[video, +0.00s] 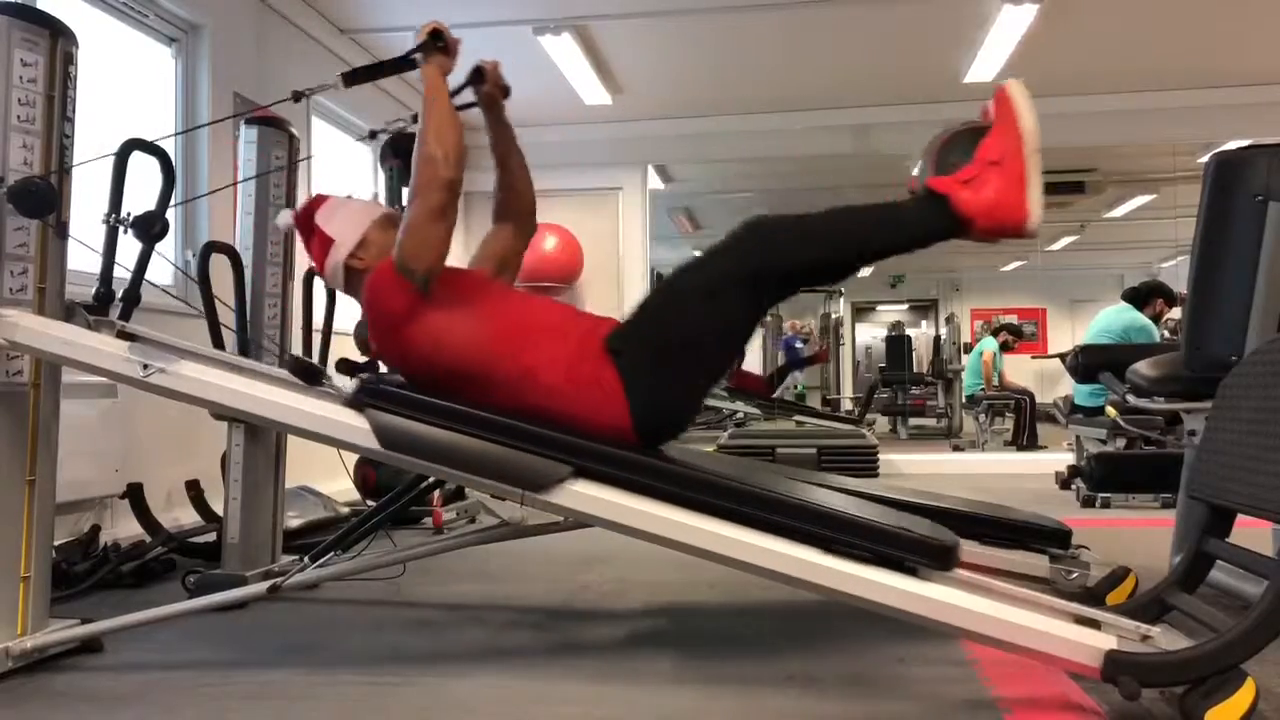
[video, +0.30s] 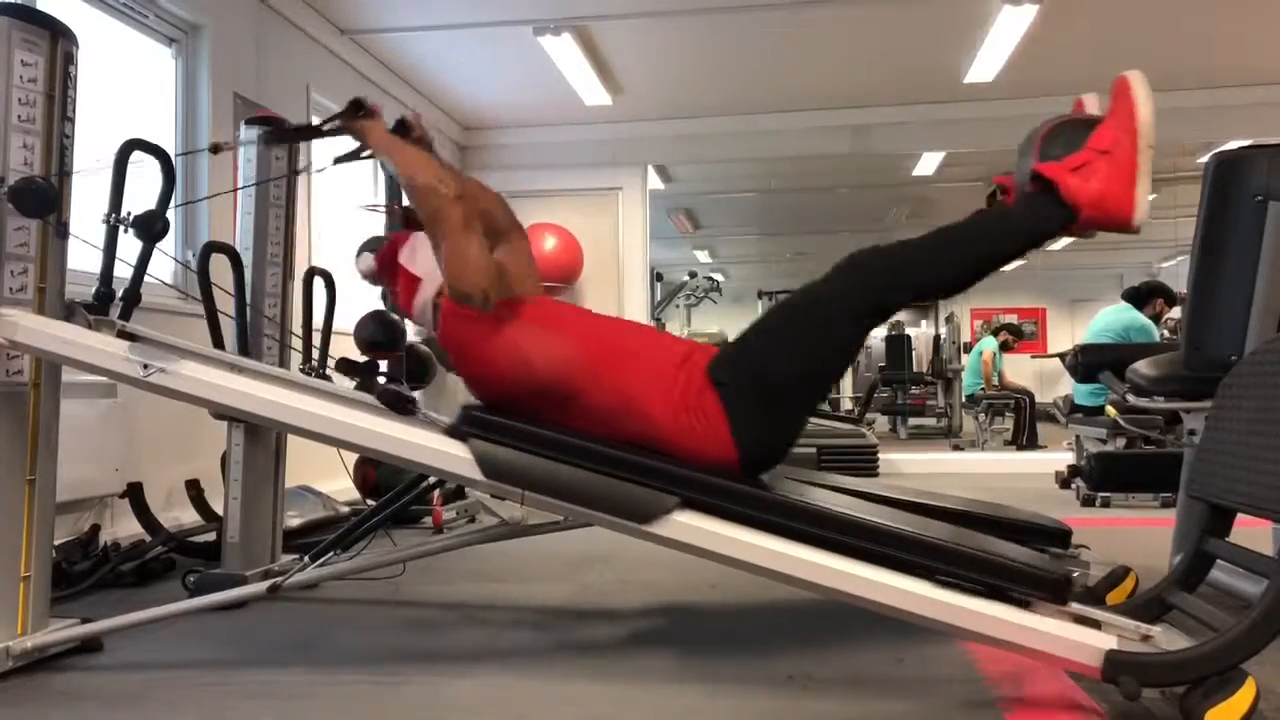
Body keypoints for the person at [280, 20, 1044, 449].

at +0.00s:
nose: (387, 225)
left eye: (378, 215)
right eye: (370, 225)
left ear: (380, 238)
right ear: (351, 257)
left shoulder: (445, 297)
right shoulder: (391, 304)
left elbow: (518, 219)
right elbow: (438, 179)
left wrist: (495, 119)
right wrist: (436, 76)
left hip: (630, 369)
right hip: (625, 390)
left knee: (754, 246)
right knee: (749, 253)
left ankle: (959, 202)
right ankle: (966, 206)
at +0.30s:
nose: (496, 242)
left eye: (438, 238)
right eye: (440, 240)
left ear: (432, 283)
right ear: (427, 273)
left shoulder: (502, 329)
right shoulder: (477, 324)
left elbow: (520, 233)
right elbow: (466, 215)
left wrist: (424, 154)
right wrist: (392, 147)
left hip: (723, 404)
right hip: (724, 415)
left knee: (867, 277)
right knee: (869, 279)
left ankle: (1053, 198)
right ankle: (1074, 196)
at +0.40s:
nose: (515, 251)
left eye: (503, 242)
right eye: (499, 247)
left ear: (464, 286)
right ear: (474, 278)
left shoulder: (519, 335)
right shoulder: (505, 342)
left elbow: (477, 229)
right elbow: (460, 222)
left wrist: (411, 188)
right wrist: (384, 177)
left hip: (751, 406)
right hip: (752, 426)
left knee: (890, 279)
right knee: (894, 282)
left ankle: (1077, 190)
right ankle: (1099, 190)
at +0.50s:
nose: (531, 265)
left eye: (519, 257)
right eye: (511, 259)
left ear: (486, 301)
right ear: (485, 297)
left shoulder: (539, 346)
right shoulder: (520, 349)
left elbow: (468, 250)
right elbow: (458, 233)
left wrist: (396, 208)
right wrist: (366, 202)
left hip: (768, 413)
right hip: (771, 433)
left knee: (905, 282)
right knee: (908, 287)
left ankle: (1090, 188)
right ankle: (1109, 191)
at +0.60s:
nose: (526, 269)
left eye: (513, 262)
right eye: (506, 264)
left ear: (480, 305)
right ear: (485, 301)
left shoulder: (540, 348)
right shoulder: (523, 349)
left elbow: (455, 253)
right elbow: (449, 239)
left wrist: (385, 220)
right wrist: (356, 214)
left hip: (775, 421)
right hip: (779, 436)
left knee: (911, 284)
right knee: (915, 288)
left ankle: (1106, 190)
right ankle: (1119, 191)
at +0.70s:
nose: (532, 265)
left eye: (519, 257)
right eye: (510, 260)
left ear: (477, 307)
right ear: (484, 301)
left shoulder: (536, 352)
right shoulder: (523, 349)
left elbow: (463, 249)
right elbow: (453, 229)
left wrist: (413, 242)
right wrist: (360, 213)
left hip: (767, 418)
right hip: (772, 438)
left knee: (898, 282)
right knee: (902, 288)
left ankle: (1092, 196)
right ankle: (1111, 199)